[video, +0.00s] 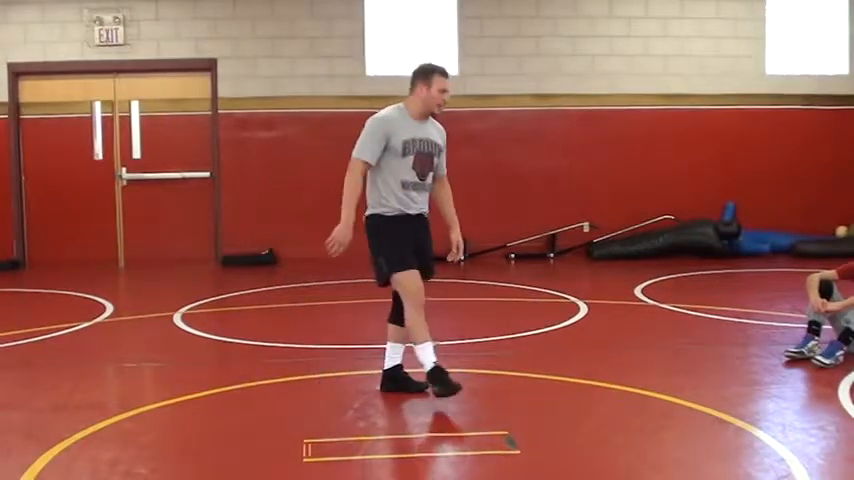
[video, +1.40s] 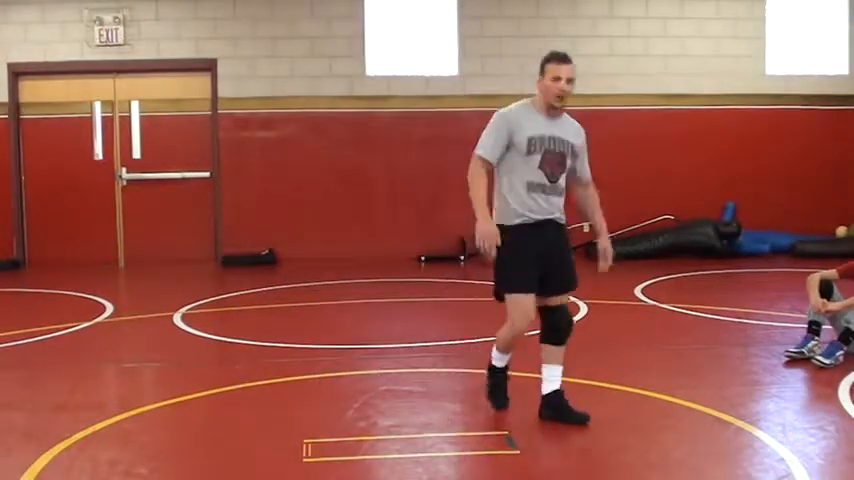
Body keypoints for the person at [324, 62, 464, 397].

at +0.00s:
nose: (445, 99)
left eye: (447, 93)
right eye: (441, 92)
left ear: (433, 93)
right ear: (420, 88)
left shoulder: (437, 132)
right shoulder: (383, 122)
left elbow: (440, 183)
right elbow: (356, 170)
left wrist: (454, 228)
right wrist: (346, 222)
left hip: (418, 221)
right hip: (385, 221)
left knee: (408, 294)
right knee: (413, 292)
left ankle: (392, 370)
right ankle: (433, 368)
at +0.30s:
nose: (467, 99)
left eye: (468, 93)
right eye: (462, 93)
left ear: (457, 94)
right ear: (440, 91)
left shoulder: (459, 131)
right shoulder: (410, 129)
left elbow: (462, 179)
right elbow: (390, 182)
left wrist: (469, 219)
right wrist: (390, 237)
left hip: (445, 227)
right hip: (417, 229)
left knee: (426, 302)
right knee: (450, 305)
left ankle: (395, 370)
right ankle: (470, 381)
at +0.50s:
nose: (485, 93)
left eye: (486, 87)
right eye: (479, 87)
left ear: (474, 89)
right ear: (457, 87)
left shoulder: (477, 124)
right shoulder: (432, 129)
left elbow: (482, 173)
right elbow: (423, 185)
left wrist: (495, 218)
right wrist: (439, 240)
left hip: (470, 225)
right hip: (444, 227)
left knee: (470, 307)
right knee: (460, 307)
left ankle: (414, 353)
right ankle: (473, 382)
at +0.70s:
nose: (502, 92)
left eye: (503, 86)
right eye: (496, 86)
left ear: (486, 87)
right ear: (474, 86)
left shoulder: (489, 121)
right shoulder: (449, 126)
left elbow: (495, 172)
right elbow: (445, 184)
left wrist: (522, 214)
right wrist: (480, 226)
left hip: (487, 223)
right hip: (457, 227)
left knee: (509, 305)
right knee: (471, 305)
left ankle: (462, 355)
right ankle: (475, 381)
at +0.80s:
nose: (510, 92)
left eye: (511, 86)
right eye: (504, 85)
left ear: (493, 87)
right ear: (483, 85)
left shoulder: (495, 120)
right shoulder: (456, 125)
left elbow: (502, 173)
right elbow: (450, 183)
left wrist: (526, 212)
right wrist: (492, 217)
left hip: (496, 225)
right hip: (465, 228)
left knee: (519, 304)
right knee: (477, 305)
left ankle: (498, 372)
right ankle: (474, 383)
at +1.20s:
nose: (553, 90)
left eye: (554, 83)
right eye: (547, 83)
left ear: (535, 86)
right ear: (524, 83)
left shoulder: (544, 127)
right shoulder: (490, 124)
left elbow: (542, 181)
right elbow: (475, 184)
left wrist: (549, 224)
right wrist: (496, 237)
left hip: (536, 230)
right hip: (499, 232)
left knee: (549, 314)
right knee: (497, 314)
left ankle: (551, 394)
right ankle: (480, 382)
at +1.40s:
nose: (563, 87)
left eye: (569, 81)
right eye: (556, 79)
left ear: (573, 86)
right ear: (539, 81)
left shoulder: (574, 131)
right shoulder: (509, 119)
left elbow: (585, 186)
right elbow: (478, 167)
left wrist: (602, 233)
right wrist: (483, 220)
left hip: (553, 230)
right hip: (514, 230)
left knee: (558, 318)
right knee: (522, 318)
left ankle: (551, 397)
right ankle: (497, 365)